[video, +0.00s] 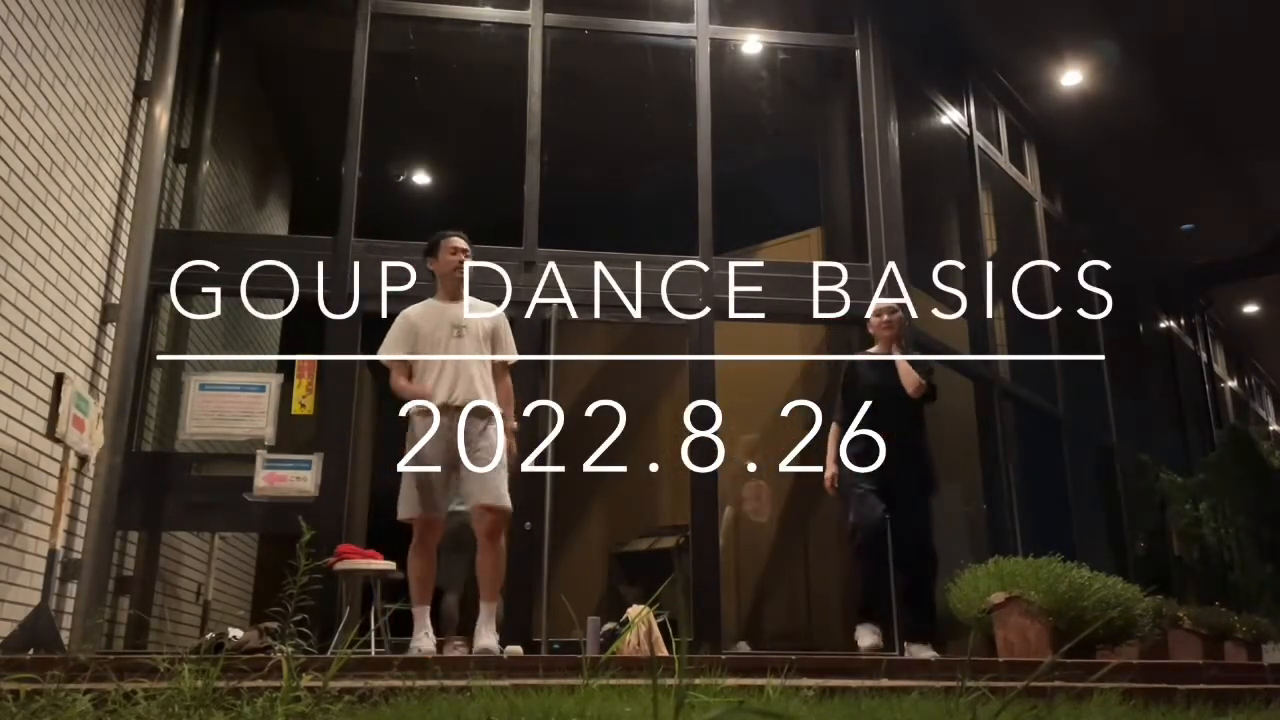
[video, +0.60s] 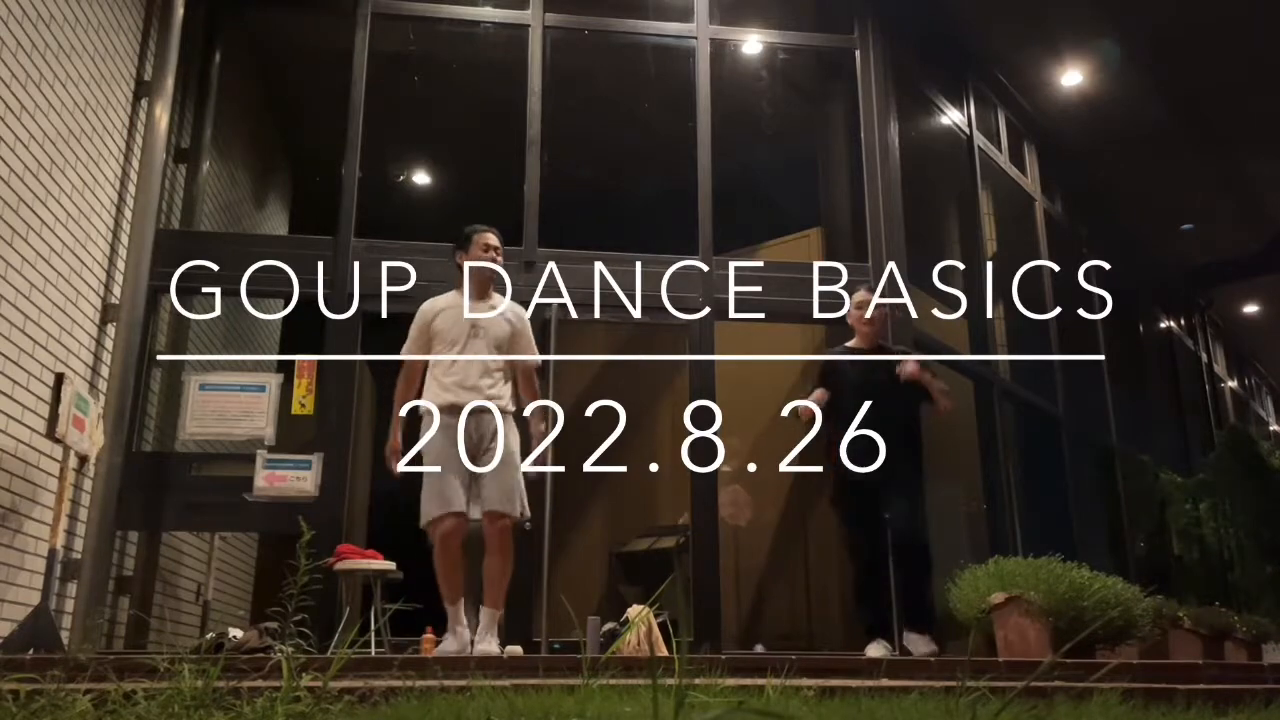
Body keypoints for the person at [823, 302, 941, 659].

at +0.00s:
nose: (886, 319)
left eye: (892, 313)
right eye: (879, 314)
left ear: (904, 319)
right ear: (870, 323)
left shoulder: (916, 357)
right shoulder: (856, 363)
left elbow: (916, 389)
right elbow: (841, 416)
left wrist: (896, 349)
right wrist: (831, 460)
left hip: (909, 468)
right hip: (864, 470)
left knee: (915, 550)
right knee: (870, 530)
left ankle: (917, 638)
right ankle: (867, 623)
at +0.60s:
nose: (870, 314)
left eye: (876, 308)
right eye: (862, 308)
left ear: (887, 314)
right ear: (849, 315)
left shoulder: (904, 360)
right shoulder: (835, 360)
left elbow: (945, 405)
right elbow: (820, 395)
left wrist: (923, 378)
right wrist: (813, 403)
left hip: (903, 470)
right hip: (854, 473)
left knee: (910, 544)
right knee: (866, 551)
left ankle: (915, 629)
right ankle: (877, 636)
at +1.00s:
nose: (833, 304)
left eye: (841, 298)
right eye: (828, 297)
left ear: (857, 307)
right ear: (821, 304)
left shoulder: (876, 358)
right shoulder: (804, 351)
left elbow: (898, 409)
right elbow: (772, 392)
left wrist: (896, 448)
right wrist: (772, 431)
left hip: (861, 461)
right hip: (810, 457)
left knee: (882, 541)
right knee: (793, 514)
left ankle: (903, 634)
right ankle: (779, 601)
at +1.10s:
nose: (828, 297)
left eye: (835, 291)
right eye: (821, 291)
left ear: (847, 297)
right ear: (811, 297)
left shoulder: (864, 346)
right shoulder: (789, 342)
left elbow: (890, 393)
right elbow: (757, 374)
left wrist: (886, 430)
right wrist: (753, 412)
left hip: (853, 455)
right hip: (800, 454)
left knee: (876, 534)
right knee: (775, 527)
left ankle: (886, 622)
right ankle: (753, 618)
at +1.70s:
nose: (812, 312)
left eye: (815, 305)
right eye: (804, 305)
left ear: (819, 310)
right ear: (785, 310)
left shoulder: (835, 346)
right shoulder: (777, 353)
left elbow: (886, 375)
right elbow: (762, 389)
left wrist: (873, 348)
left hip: (838, 459)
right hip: (789, 464)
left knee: (877, 526)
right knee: (769, 543)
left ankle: (876, 610)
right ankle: (741, 626)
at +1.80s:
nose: (831, 317)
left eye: (834, 309)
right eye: (823, 310)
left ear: (840, 312)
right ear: (803, 315)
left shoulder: (857, 349)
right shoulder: (793, 357)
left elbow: (909, 362)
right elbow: (779, 379)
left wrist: (896, 339)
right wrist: (817, 342)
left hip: (856, 458)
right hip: (808, 460)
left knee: (881, 537)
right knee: (797, 523)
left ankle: (908, 627)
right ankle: (765, 615)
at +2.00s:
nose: (863, 343)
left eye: (867, 335)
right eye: (854, 335)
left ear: (874, 341)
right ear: (838, 341)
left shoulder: (877, 385)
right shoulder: (822, 382)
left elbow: (913, 408)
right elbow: (813, 434)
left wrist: (927, 423)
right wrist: (859, 419)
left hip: (879, 486)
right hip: (835, 489)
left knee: (896, 552)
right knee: (866, 545)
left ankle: (905, 637)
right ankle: (864, 633)